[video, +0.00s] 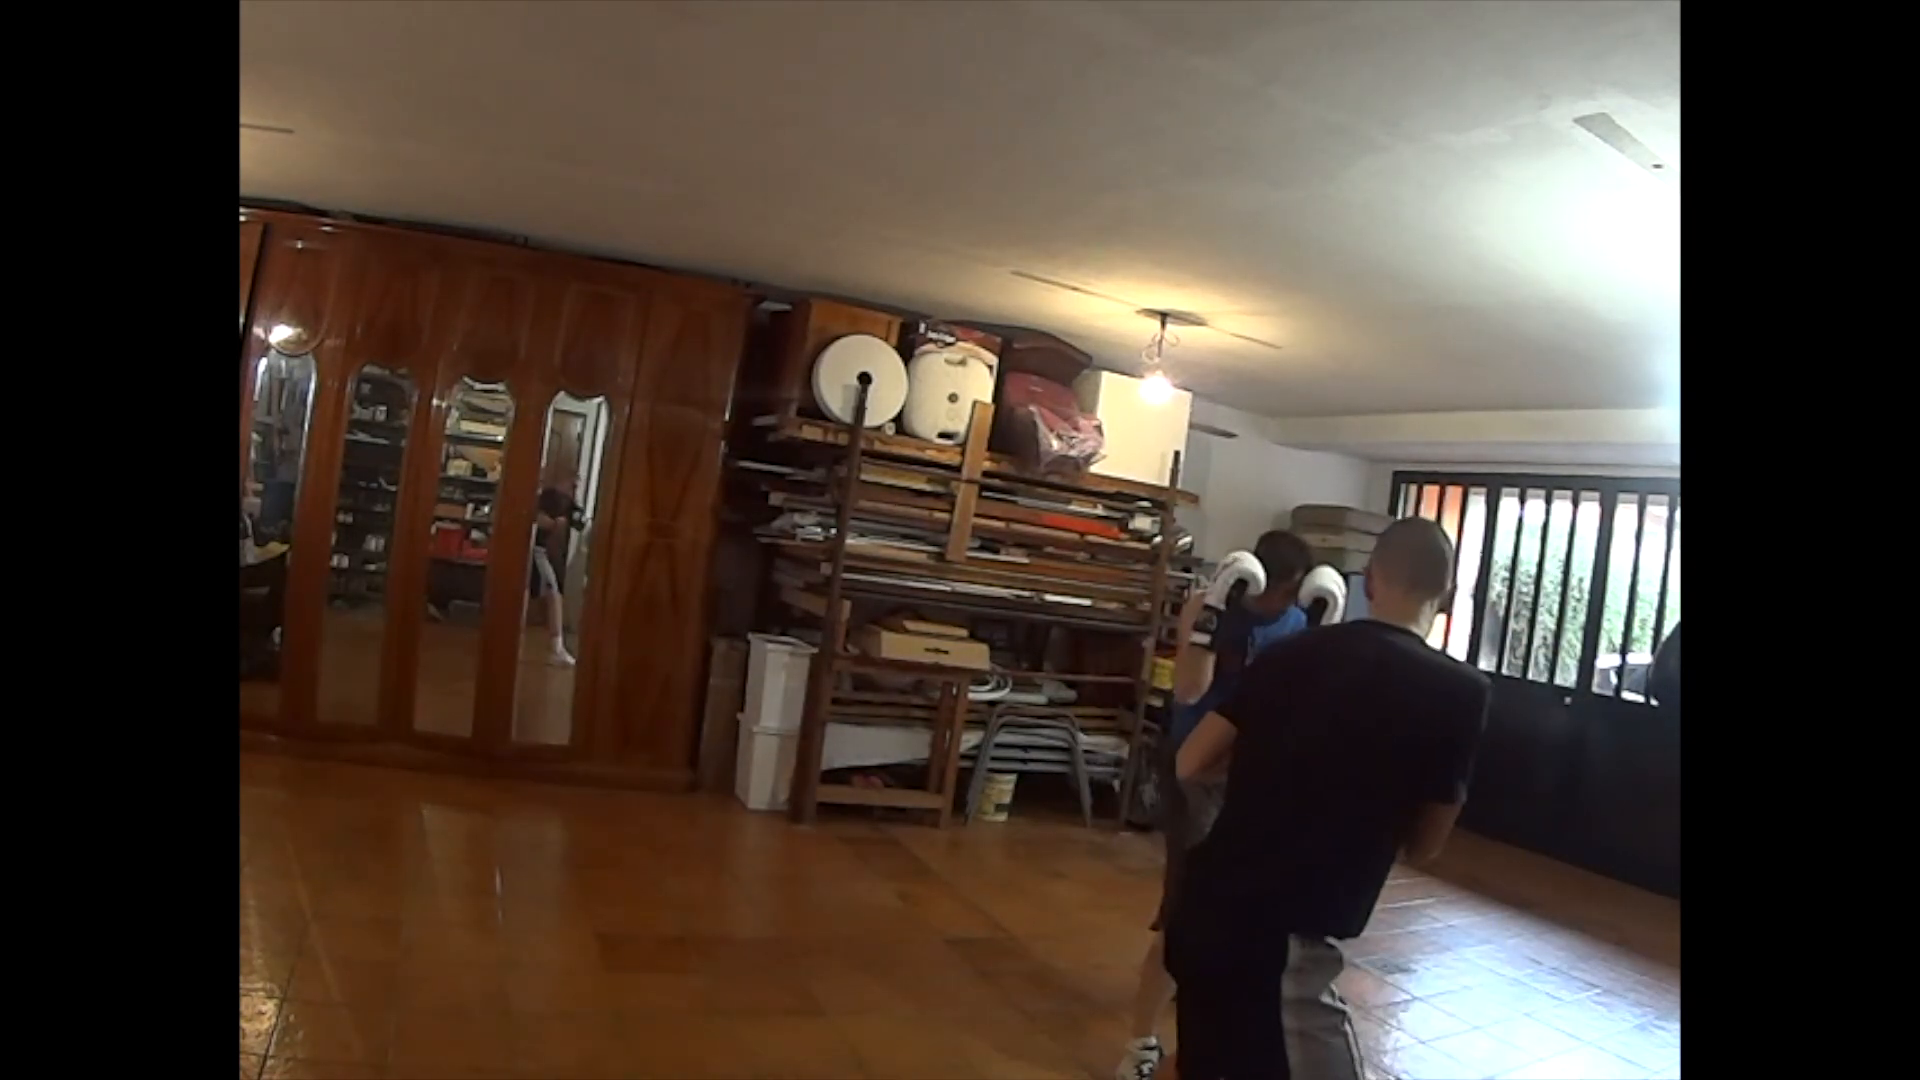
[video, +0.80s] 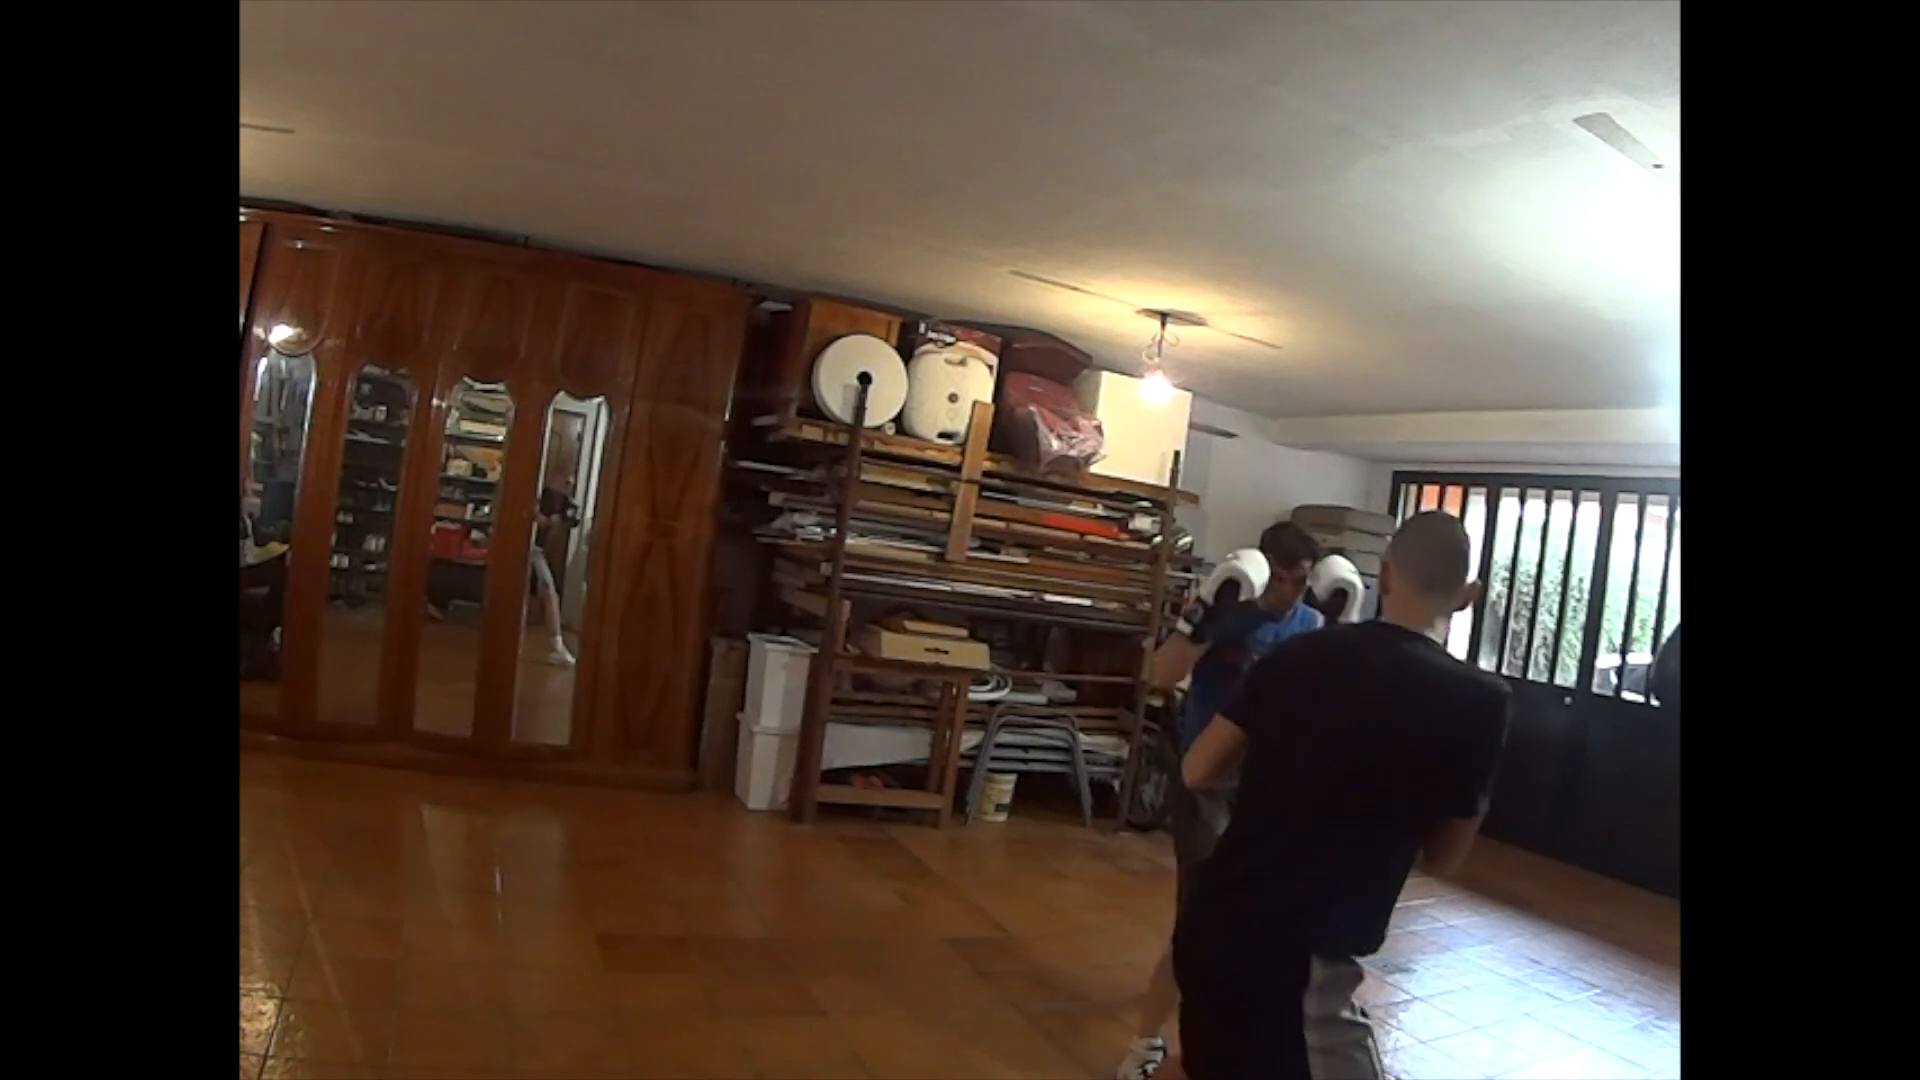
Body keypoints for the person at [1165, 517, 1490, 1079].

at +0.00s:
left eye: (1370, 573)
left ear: (1370, 579)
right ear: (1447, 597)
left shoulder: (1294, 653)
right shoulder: (1460, 689)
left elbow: (1191, 763)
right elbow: (1425, 847)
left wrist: (1271, 756)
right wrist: (1368, 787)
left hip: (1211, 910)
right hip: (1303, 946)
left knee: (1208, 1065)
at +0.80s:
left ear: (1384, 572)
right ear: (1467, 595)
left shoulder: (1298, 655)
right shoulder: (1479, 701)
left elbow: (1198, 770)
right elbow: (1444, 857)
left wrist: (1276, 774)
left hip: (1218, 927)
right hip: (1315, 963)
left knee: (1213, 1065)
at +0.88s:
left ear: (1375, 576)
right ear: (1455, 598)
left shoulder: (1299, 656)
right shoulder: (1474, 691)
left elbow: (1200, 777)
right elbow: (1445, 856)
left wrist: (1271, 786)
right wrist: (1388, 800)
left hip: (1213, 924)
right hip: (1311, 959)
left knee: (1213, 1057)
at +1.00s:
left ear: (1371, 591)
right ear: (1447, 610)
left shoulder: (1298, 663)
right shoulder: (1460, 701)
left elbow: (1199, 749)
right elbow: (1436, 858)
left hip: (1203, 937)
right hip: (1302, 965)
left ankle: (1202, 1061)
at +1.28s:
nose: (1397, 635)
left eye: (1399, 625)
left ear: (1403, 632)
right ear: (1490, 659)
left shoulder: (1305, 704)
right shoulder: (1493, 765)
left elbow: (1197, 823)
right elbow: (1443, 924)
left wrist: (1185, 768)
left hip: (1199, 994)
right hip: (1309, 1031)